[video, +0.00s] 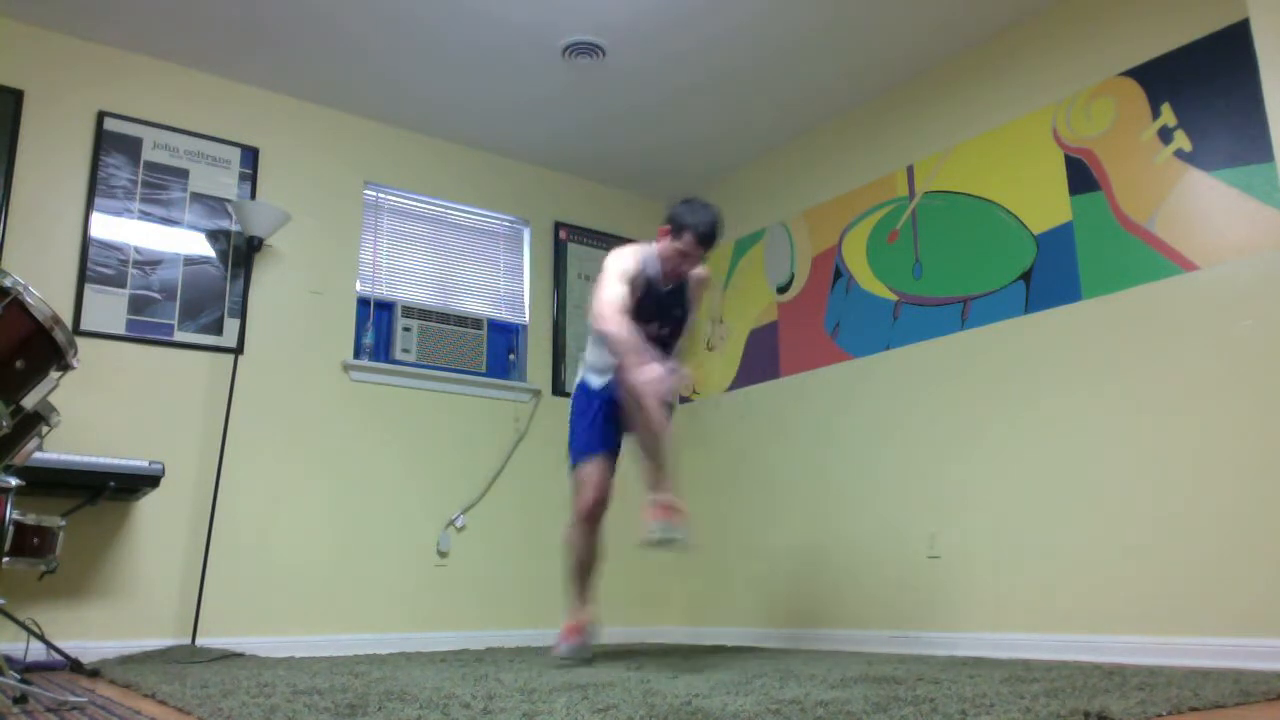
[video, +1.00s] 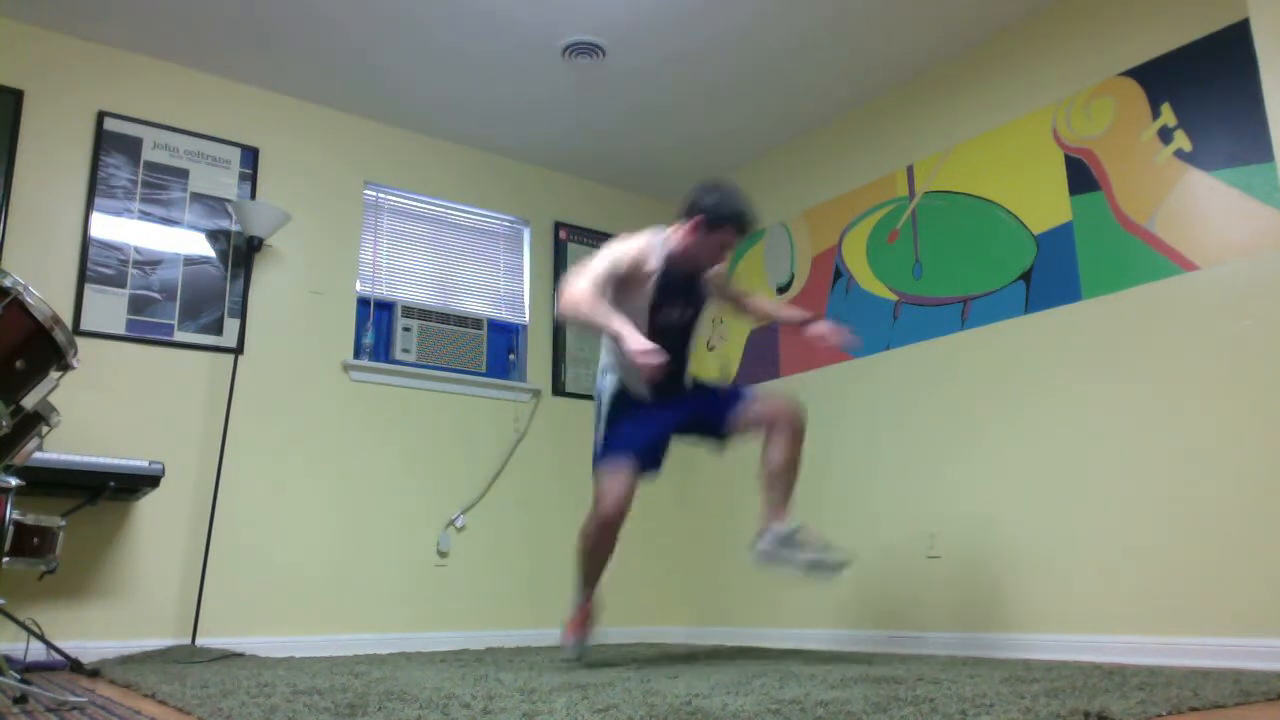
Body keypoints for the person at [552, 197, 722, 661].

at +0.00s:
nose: (686, 264)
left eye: (695, 258)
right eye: (682, 252)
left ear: (704, 255)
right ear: (665, 236)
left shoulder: (696, 280)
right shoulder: (626, 261)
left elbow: (681, 332)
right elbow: (609, 319)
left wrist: (672, 370)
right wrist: (643, 366)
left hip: (652, 385)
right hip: (601, 385)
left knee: (635, 380)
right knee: (590, 502)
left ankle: (661, 499)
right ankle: (579, 616)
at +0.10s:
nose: (705, 263)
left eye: (715, 256)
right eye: (700, 251)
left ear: (724, 252)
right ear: (681, 232)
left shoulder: (718, 279)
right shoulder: (634, 252)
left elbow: (731, 325)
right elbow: (570, 295)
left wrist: (736, 376)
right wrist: (580, 369)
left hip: (657, 380)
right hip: (605, 378)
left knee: (677, 453)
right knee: (620, 486)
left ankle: (706, 575)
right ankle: (623, 601)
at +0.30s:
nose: (714, 260)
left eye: (723, 252)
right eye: (708, 247)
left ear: (731, 248)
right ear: (687, 230)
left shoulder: (726, 289)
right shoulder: (638, 256)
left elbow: (754, 346)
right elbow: (583, 281)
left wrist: (798, 371)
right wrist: (582, 347)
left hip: (684, 402)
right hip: (632, 392)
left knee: (701, 516)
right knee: (671, 470)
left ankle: (702, 634)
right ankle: (667, 587)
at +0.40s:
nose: (707, 259)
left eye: (717, 251)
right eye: (702, 246)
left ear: (727, 244)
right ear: (682, 227)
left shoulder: (724, 282)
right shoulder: (639, 248)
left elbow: (753, 337)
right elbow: (570, 266)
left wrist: (791, 357)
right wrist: (598, 316)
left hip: (681, 384)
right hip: (627, 376)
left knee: (694, 494)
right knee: (656, 332)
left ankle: (693, 615)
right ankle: (686, 480)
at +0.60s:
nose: (732, 307)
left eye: (740, 300)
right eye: (731, 294)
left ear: (743, 297)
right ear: (717, 276)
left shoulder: (728, 315)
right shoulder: (661, 282)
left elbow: (772, 354)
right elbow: (576, 318)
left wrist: (817, 378)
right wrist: (578, 364)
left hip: (660, 411)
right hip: (611, 402)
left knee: (709, 518)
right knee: (615, 338)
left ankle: (702, 632)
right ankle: (639, 490)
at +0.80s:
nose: (705, 363)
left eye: (714, 358)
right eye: (704, 356)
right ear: (690, 335)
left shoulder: (703, 334)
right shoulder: (635, 327)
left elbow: (716, 352)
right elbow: (545, 355)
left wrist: (748, 361)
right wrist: (545, 416)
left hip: (669, 440)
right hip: (618, 440)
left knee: (732, 522)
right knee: (604, 541)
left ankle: (704, 632)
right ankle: (567, 639)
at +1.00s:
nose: (723, 258)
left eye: (729, 249)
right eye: (721, 246)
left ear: (706, 233)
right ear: (693, 228)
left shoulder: (705, 271)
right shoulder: (635, 252)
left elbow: (747, 303)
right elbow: (573, 297)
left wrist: (809, 322)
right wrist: (630, 336)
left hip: (683, 397)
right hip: (632, 404)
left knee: (786, 416)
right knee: (610, 509)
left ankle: (774, 532)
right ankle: (583, 606)